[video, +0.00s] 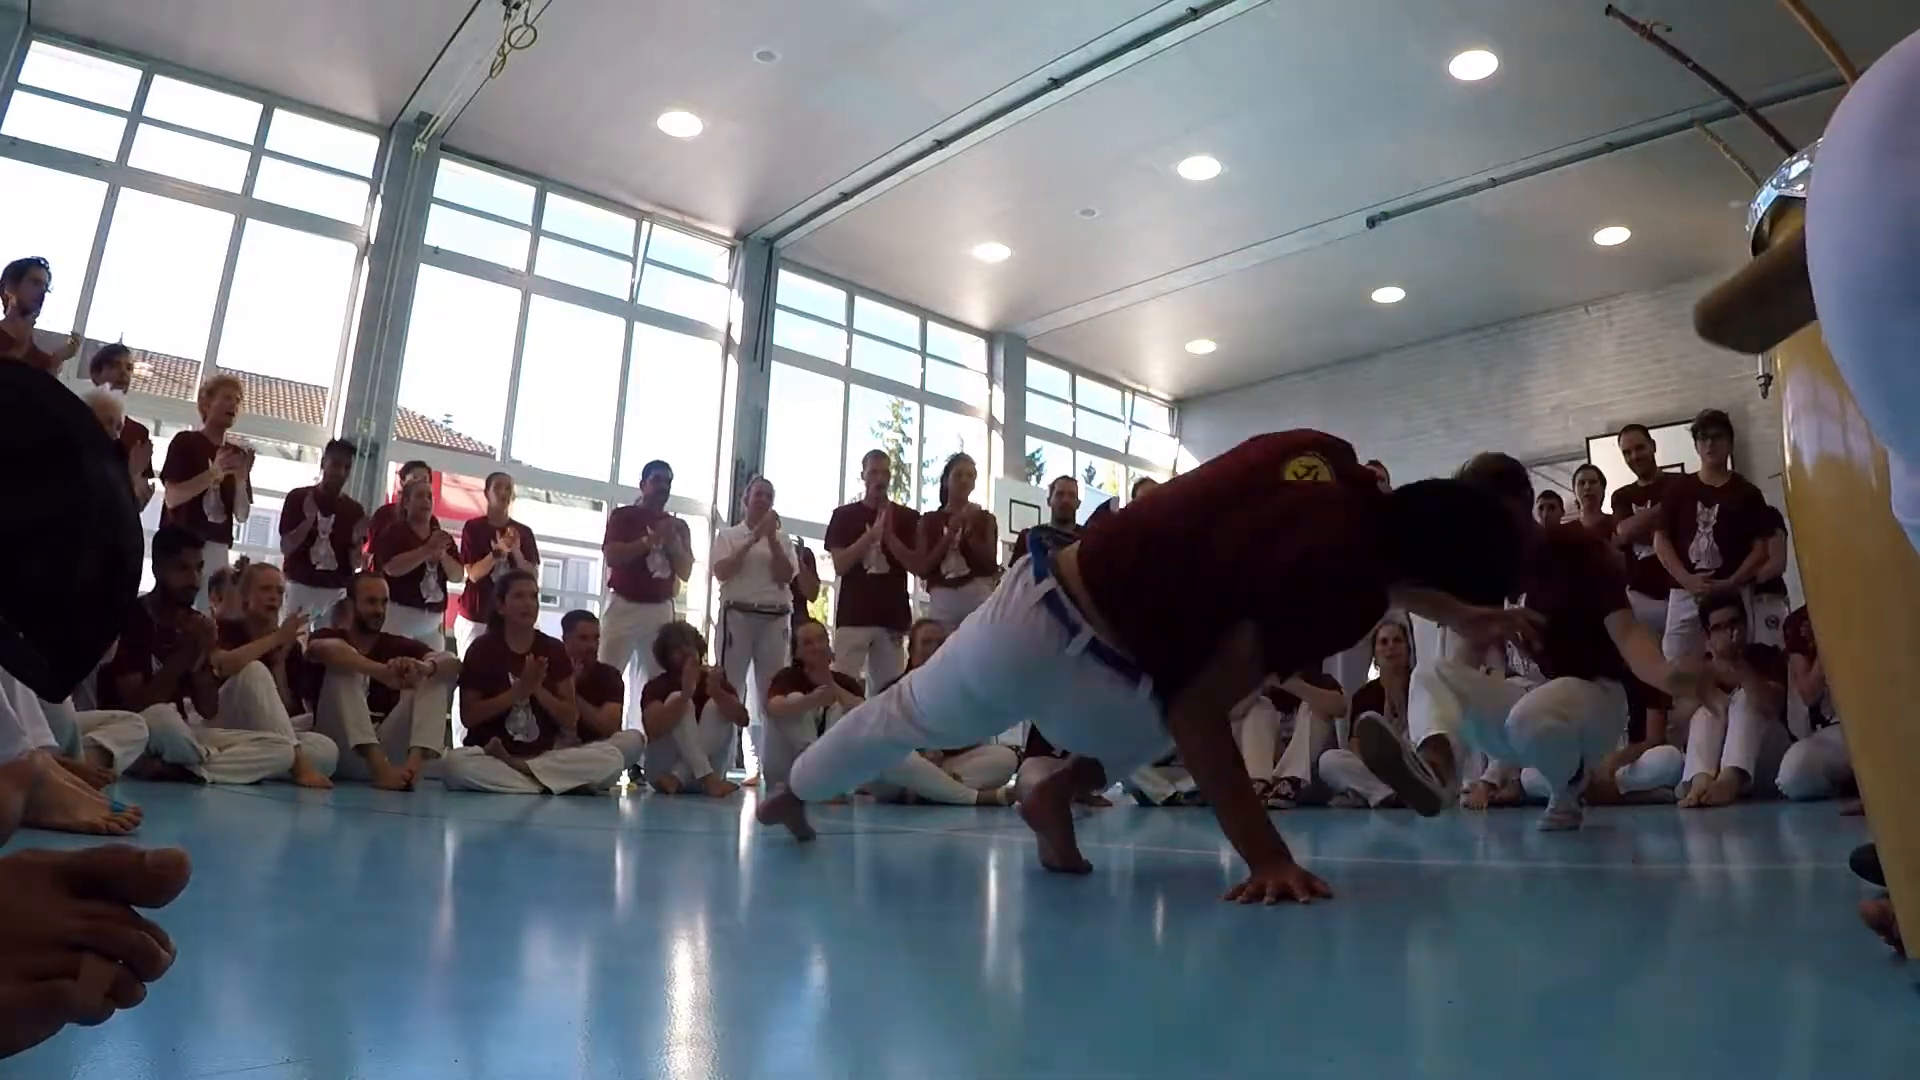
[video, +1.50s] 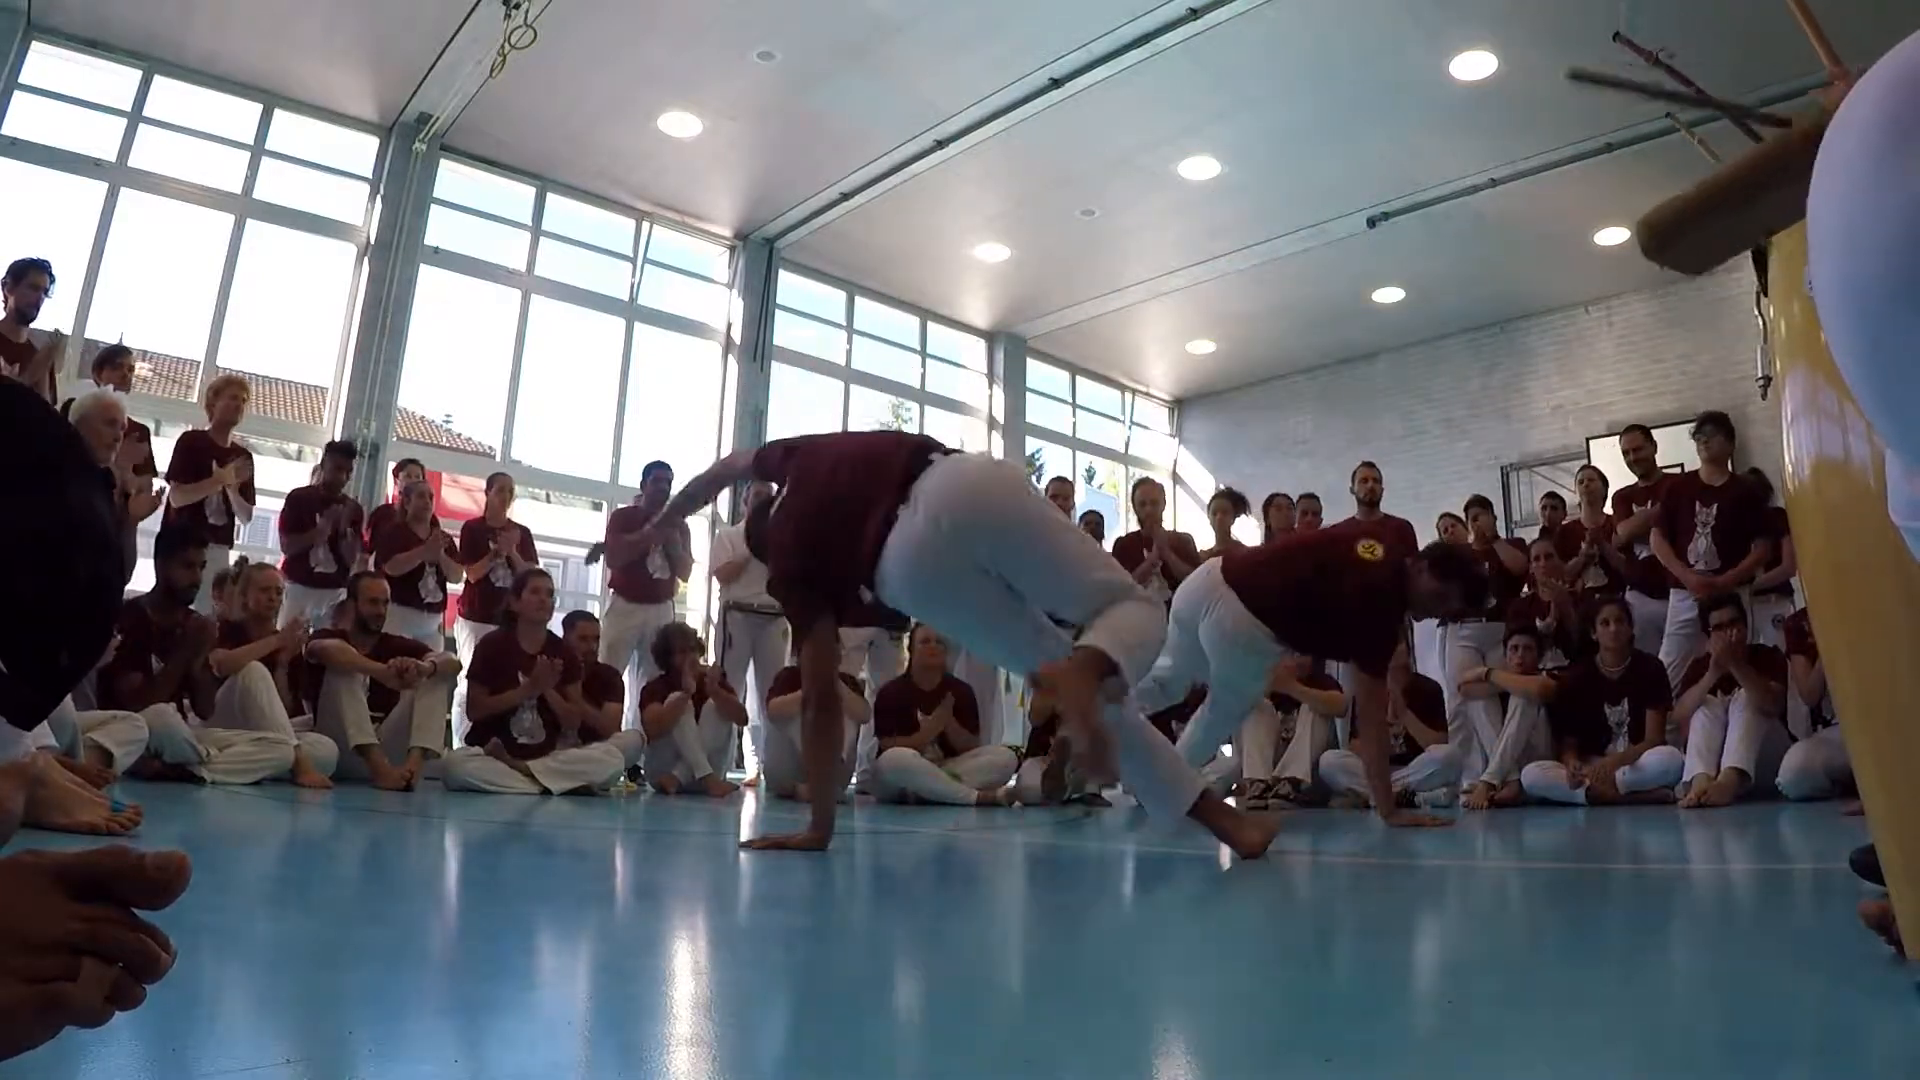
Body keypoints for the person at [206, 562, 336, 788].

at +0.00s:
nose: (274, 597)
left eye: (279, 591)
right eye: (266, 589)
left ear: (284, 597)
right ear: (246, 595)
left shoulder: (291, 646)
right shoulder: (224, 630)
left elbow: (293, 711)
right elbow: (222, 666)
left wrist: (279, 664)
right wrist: (278, 637)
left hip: (273, 733)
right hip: (224, 726)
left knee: (326, 752)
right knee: (253, 671)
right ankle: (298, 762)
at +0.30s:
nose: (273, 597)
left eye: (278, 591)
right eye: (264, 589)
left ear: (283, 597)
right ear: (245, 593)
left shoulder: (289, 643)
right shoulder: (229, 630)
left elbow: (291, 709)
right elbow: (220, 666)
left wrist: (281, 660)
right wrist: (274, 637)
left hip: (272, 732)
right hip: (224, 725)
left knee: (327, 751)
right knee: (253, 671)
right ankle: (299, 762)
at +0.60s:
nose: (273, 596)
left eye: (278, 590)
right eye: (264, 589)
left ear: (282, 596)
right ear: (245, 593)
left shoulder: (284, 643)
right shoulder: (224, 630)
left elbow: (289, 707)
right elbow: (221, 666)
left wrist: (281, 663)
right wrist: (271, 638)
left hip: (268, 731)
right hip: (222, 724)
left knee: (327, 751)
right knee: (253, 672)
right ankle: (299, 763)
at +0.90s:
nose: (273, 597)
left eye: (278, 591)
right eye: (264, 589)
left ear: (283, 597)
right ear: (245, 593)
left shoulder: (288, 644)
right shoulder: (224, 629)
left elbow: (291, 711)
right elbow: (220, 666)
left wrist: (282, 662)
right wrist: (275, 637)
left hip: (272, 733)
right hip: (223, 725)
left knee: (326, 751)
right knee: (253, 672)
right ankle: (299, 763)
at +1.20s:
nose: (273, 598)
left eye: (278, 591)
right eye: (264, 590)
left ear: (283, 596)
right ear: (244, 595)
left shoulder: (288, 643)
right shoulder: (225, 630)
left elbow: (292, 714)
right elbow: (220, 665)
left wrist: (280, 664)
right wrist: (278, 639)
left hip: (273, 734)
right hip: (224, 726)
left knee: (326, 751)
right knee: (253, 671)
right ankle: (299, 762)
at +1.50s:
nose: (273, 598)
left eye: (278, 592)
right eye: (264, 590)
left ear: (283, 597)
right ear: (245, 595)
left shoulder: (289, 645)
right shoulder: (226, 630)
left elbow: (290, 712)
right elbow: (220, 665)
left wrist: (282, 665)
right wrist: (279, 640)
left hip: (273, 734)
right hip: (225, 726)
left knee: (326, 752)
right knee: (253, 671)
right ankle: (300, 763)